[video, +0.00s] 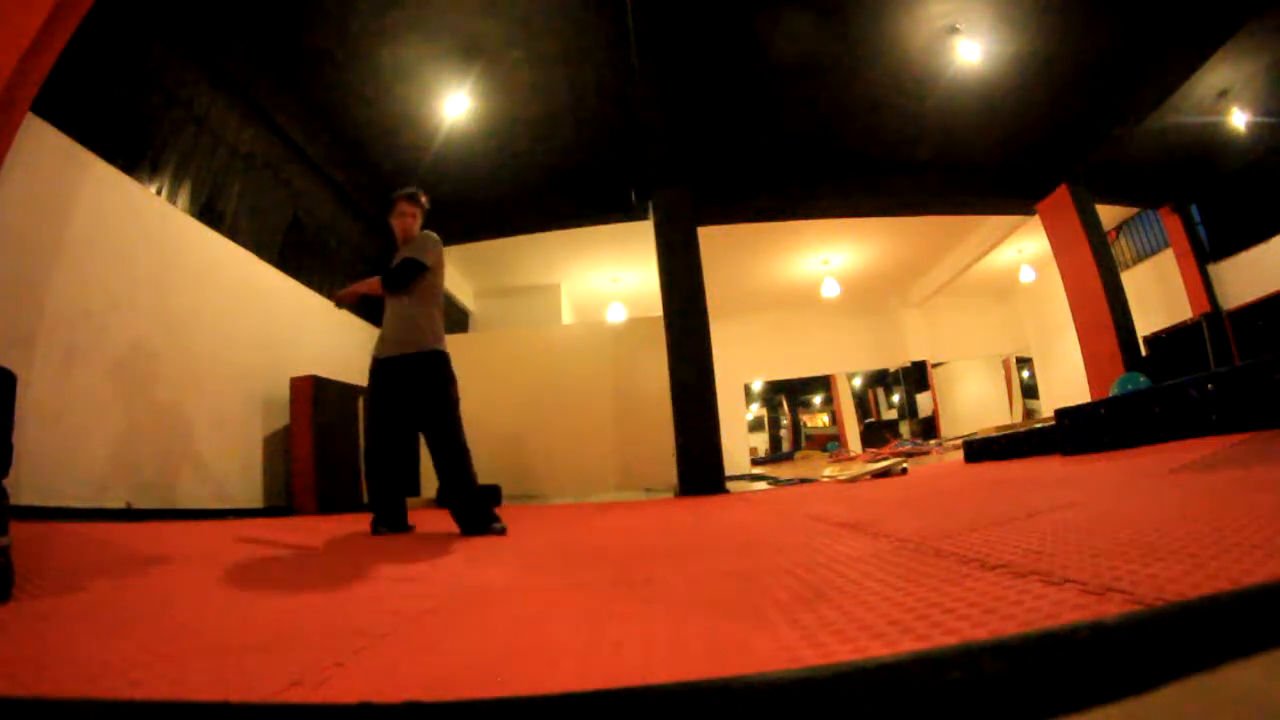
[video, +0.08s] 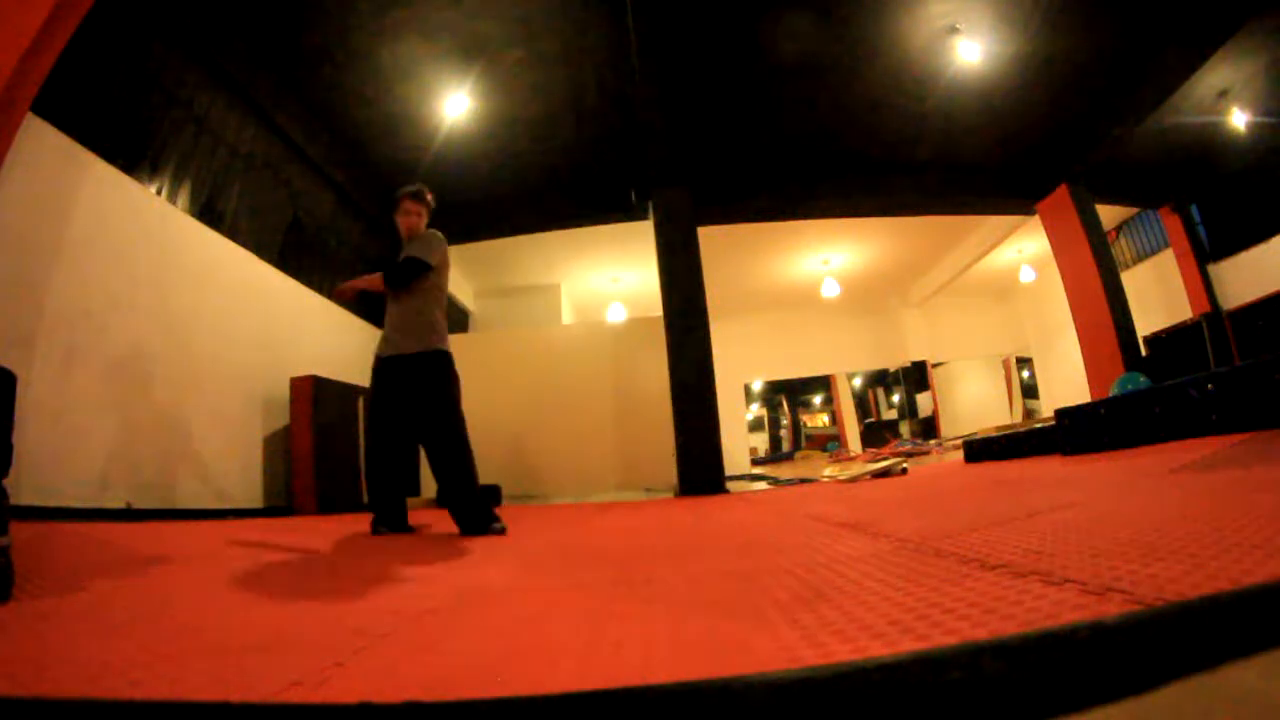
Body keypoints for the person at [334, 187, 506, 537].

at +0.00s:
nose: (406, 221)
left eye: (413, 216)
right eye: (401, 215)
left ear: (422, 221)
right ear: (390, 219)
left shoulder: (428, 242)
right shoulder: (393, 261)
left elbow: (400, 281)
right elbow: (393, 314)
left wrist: (358, 288)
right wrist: (357, 299)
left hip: (426, 358)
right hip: (388, 362)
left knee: (447, 443)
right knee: (386, 445)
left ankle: (474, 518)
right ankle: (390, 518)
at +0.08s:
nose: (410, 220)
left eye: (417, 214)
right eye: (404, 213)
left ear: (428, 218)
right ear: (395, 217)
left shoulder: (432, 241)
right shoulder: (398, 258)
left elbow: (402, 279)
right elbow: (399, 304)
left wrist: (358, 284)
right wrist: (362, 292)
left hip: (429, 358)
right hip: (392, 361)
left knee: (447, 442)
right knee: (386, 444)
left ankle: (473, 517)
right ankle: (389, 517)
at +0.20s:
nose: (427, 218)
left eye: (434, 212)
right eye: (422, 211)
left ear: (443, 216)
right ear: (411, 213)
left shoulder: (449, 242)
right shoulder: (404, 257)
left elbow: (432, 271)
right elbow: (407, 305)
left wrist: (377, 271)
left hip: (439, 361)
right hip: (399, 361)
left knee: (451, 443)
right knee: (391, 443)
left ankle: (473, 517)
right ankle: (391, 516)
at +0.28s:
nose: (446, 220)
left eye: (452, 215)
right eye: (440, 212)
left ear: (458, 218)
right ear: (424, 210)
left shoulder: (461, 245)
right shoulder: (406, 252)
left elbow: (489, 268)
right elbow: (398, 298)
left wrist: (475, 271)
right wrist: (375, 324)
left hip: (448, 361)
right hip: (404, 362)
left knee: (459, 444)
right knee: (394, 444)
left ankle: (473, 517)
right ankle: (390, 516)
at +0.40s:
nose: (483, 231)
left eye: (490, 227)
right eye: (481, 222)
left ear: (491, 228)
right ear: (461, 210)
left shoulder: (490, 256)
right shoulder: (418, 245)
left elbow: (534, 276)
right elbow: (369, 266)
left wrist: (580, 291)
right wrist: (323, 273)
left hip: (464, 364)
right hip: (415, 363)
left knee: (477, 438)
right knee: (403, 444)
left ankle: (478, 516)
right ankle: (390, 517)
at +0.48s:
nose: (515, 253)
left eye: (521, 248)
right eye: (515, 243)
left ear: (519, 244)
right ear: (496, 228)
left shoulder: (505, 267)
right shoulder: (443, 248)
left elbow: (534, 288)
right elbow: (381, 247)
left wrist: (568, 308)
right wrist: (321, 234)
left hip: (470, 366)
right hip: (423, 365)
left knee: (494, 427)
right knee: (415, 444)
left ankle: (475, 512)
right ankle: (391, 517)